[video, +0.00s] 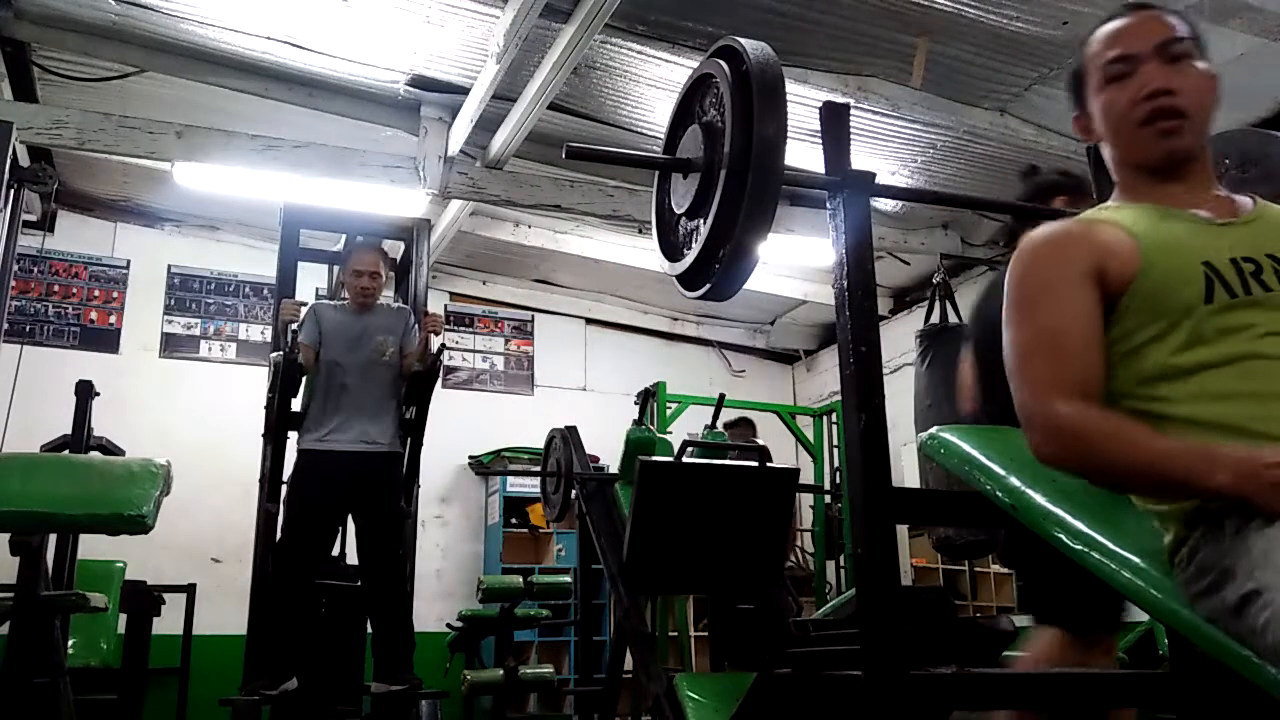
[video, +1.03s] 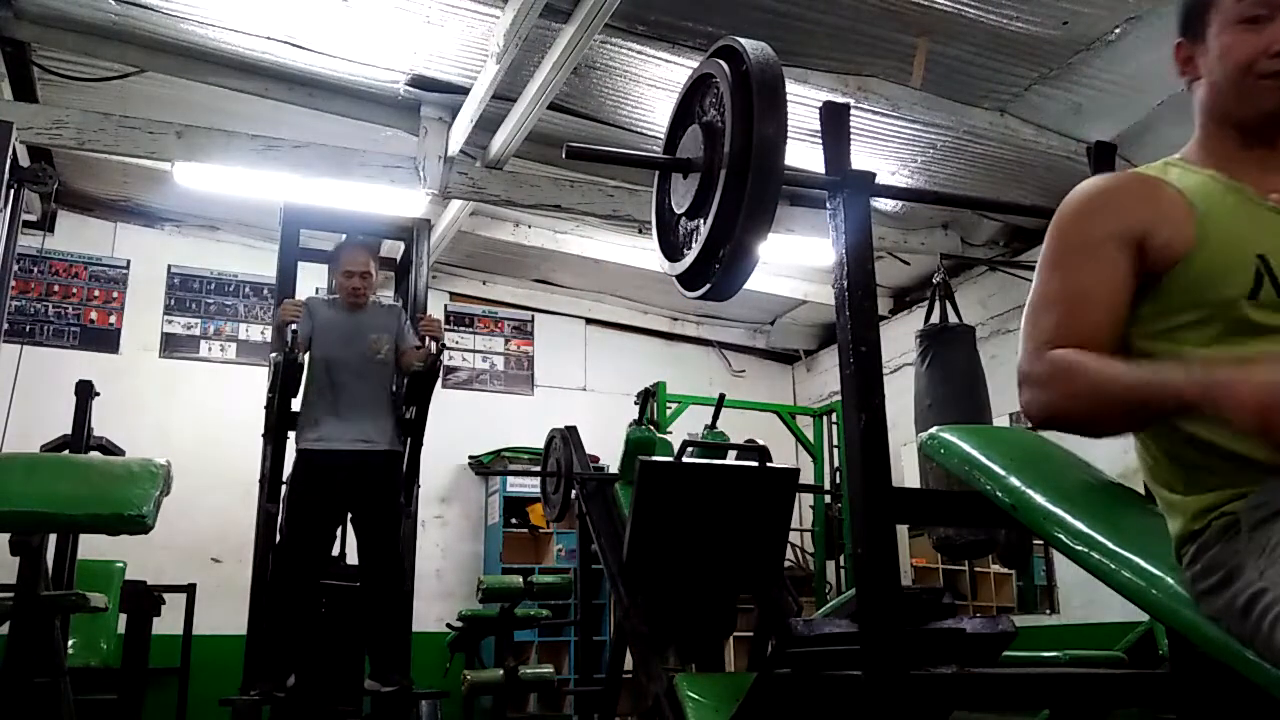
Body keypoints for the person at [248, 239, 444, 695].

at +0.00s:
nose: (366, 283)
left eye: (374, 276)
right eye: (358, 274)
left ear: (385, 279)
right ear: (343, 275)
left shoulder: (401, 317)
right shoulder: (320, 312)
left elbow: (414, 375)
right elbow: (303, 365)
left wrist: (429, 344)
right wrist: (289, 332)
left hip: (379, 458)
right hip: (320, 454)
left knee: (386, 573)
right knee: (296, 566)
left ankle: (394, 675)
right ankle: (282, 671)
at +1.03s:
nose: (357, 283)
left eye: (364, 276)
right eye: (348, 275)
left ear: (376, 278)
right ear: (334, 276)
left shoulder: (392, 316)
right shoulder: (314, 312)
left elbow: (412, 367)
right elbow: (286, 350)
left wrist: (431, 348)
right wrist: (281, 326)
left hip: (377, 455)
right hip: (318, 454)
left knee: (383, 570)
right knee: (298, 564)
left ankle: (385, 671)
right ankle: (284, 670)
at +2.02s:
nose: (358, 289)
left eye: (367, 281)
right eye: (351, 280)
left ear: (379, 282)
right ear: (338, 278)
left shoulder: (395, 318)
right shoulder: (315, 314)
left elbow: (415, 375)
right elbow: (286, 356)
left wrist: (430, 348)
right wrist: (280, 327)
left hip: (378, 459)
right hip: (319, 456)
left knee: (384, 572)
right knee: (299, 566)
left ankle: (386, 672)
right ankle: (282, 672)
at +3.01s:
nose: (349, 298)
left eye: (358, 290)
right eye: (342, 288)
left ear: (377, 283)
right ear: (332, 280)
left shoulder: (396, 319)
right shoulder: (315, 319)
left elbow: (416, 381)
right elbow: (296, 374)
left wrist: (430, 351)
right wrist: (284, 342)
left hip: (377, 458)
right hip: (318, 457)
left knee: (384, 571)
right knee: (299, 566)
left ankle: (387, 673)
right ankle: (281, 673)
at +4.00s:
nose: (368, 292)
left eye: (375, 284)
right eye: (360, 282)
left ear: (382, 284)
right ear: (340, 280)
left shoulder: (394, 322)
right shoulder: (313, 313)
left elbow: (415, 377)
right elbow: (292, 366)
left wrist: (431, 348)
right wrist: (283, 333)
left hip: (377, 458)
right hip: (318, 456)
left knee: (382, 571)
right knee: (298, 567)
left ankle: (386, 672)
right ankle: (277, 673)